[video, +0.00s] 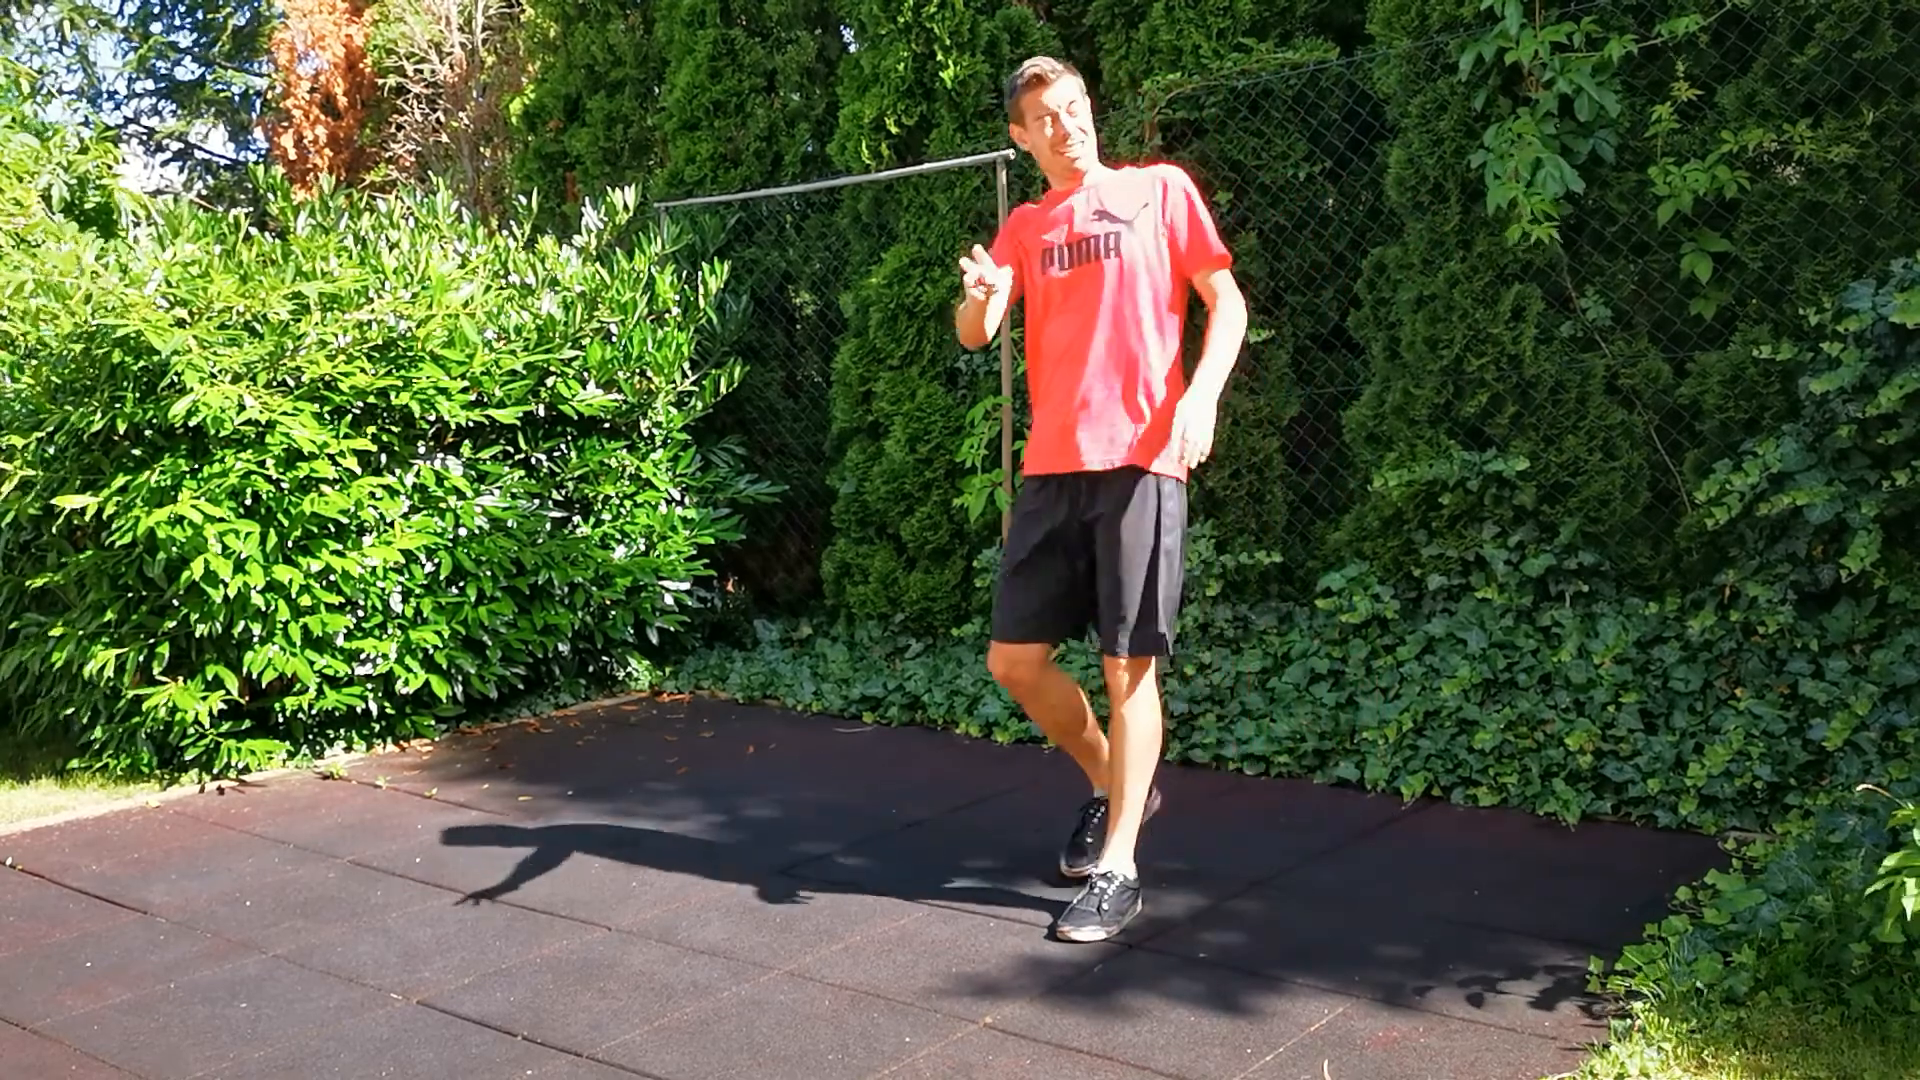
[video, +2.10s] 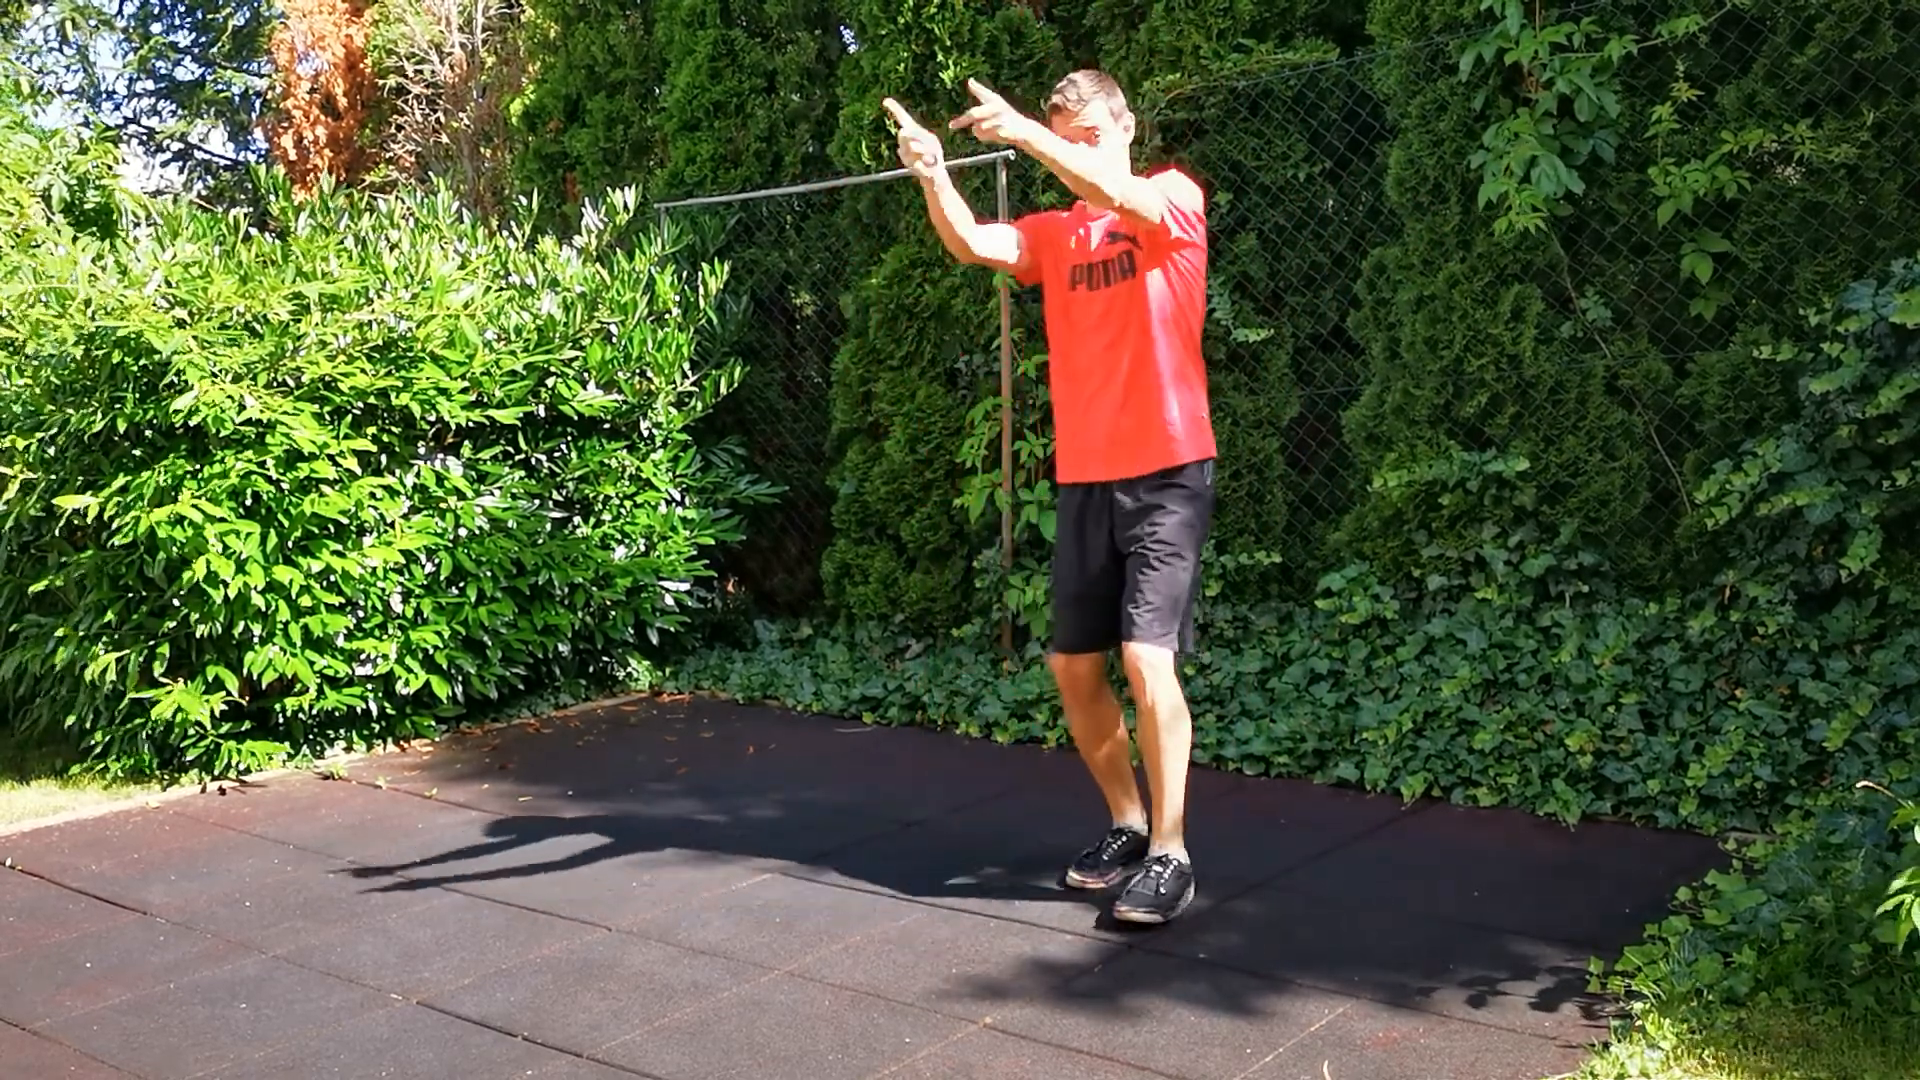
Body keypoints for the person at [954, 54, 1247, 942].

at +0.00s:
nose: (1059, 127)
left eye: (1066, 110)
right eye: (1040, 120)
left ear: (1090, 109)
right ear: (1020, 136)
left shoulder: (1161, 190)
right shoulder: (1020, 228)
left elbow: (1226, 302)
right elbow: (975, 335)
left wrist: (1201, 397)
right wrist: (980, 296)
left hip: (1140, 466)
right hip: (1050, 470)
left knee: (1128, 669)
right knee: (1016, 659)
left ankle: (1118, 868)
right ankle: (1117, 783)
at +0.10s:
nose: (1034, 126)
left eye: (1036, 110)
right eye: (1013, 123)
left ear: (1056, 115)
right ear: (989, 147)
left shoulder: (1133, 187)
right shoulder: (996, 245)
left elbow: (1222, 269)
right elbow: (985, 343)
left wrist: (1174, 283)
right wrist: (975, 356)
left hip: (1128, 467)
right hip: (1034, 475)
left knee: (1117, 675)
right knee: (990, 668)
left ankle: (1114, 873)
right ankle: (1024, 855)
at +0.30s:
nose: (968, 143)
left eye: (971, 125)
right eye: (947, 139)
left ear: (992, 128)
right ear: (924, 165)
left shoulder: (1073, 192)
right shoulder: (940, 260)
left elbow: (1191, 240)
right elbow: (948, 377)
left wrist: (1112, 177)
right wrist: (960, 410)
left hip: (1090, 469)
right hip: (994, 482)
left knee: (1087, 680)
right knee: (966, 681)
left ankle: (1112, 876)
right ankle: (966, 875)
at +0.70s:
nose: (873, 146)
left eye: (876, 129)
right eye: (852, 150)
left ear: (901, 131)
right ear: (841, 184)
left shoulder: (1000, 172)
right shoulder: (870, 274)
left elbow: (1119, 129)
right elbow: (891, 404)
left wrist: (1043, 49)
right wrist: (917, 418)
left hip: (1050, 456)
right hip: (954, 479)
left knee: (1068, 680)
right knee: (942, 694)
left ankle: (1104, 881)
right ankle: (964, 878)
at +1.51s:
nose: (942, 173)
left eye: (951, 152)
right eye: (926, 166)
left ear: (987, 139)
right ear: (918, 179)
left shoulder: (1077, 178)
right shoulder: (947, 269)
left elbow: (1180, 103)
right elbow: (926, 377)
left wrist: (1169, 2)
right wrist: (958, 284)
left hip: (1101, 463)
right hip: (1010, 481)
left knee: (1111, 680)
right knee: (960, 683)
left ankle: (1160, 865)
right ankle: (967, 874)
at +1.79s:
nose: (1048, 143)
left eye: (1060, 124)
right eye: (1034, 133)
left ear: (1101, 114)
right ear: (1024, 143)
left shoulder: (1150, 205)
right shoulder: (1018, 236)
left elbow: (1190, 147)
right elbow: (925, 282)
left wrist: (1124, 50)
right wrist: (944, 168)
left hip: (1136, 467)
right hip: (1043, 476)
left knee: (1129, 681)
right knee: (1003, 671)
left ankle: (1160, 864)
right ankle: (1073, 807)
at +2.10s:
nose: (1079, 153)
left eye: (1089, 136)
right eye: (1066, 142)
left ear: (1126, 129)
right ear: (1051, 145)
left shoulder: (1175, 192)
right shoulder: (1053, 228)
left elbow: (1132, 202)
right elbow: (970, 243)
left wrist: (1025, 132)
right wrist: (933, 173)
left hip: (1167, 469)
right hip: (1084, 478)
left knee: (1145, 656)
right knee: (1074, 664)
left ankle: (1170, 854)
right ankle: (1132, 826)